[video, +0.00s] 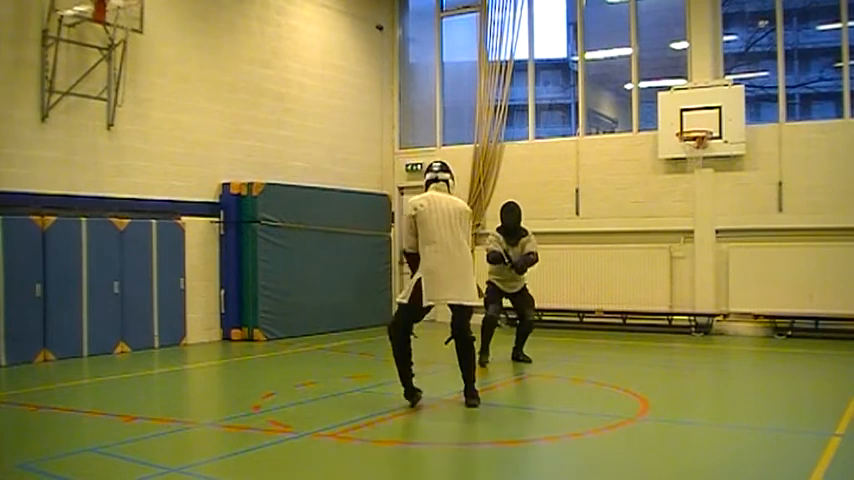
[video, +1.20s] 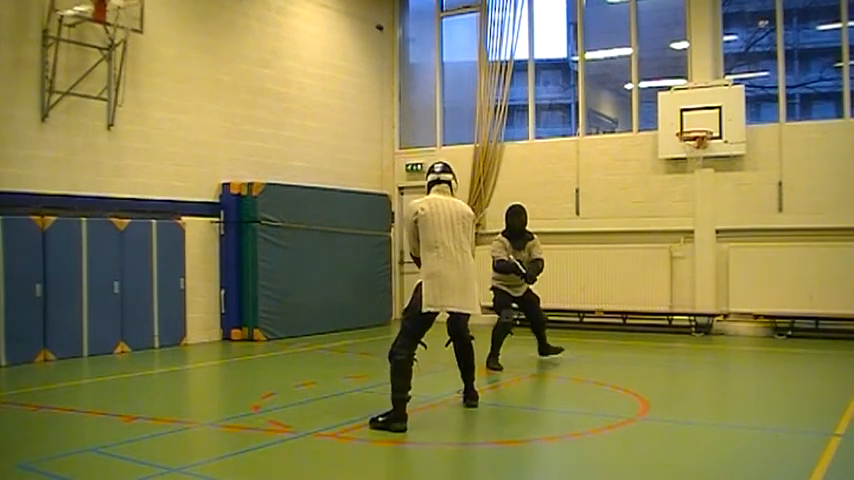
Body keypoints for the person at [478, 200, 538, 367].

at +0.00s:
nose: (510, 232)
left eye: (513, 228)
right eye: (507, 228)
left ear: (519, 222)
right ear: (502, 223)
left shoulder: (527, 236)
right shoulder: (496, 236)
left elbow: (533, 256)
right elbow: (491, 257)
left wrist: (522, 263)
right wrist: (507, 257)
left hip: (517, 285)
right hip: (496, 284)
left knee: (528, 318)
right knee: (492, 314)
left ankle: (518, 351)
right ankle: (484, 351)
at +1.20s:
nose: (517, 223)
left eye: (520, 219)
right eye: (513, 219)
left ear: (526, 221)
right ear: (507, 221)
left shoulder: (532, 240)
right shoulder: (500, 242)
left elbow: (538, 261)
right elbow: (498, 264)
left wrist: (530, 272)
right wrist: (515, 266)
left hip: (523, 289)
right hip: (502, 288)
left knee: (537, 316)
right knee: (506, 318)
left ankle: (543, 345)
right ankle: (493, 356)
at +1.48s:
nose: (538, 219)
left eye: (541, 215)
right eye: (534, 215)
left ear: (547, 218)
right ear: (528, 218)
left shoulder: (553, 238)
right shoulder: (521, 239)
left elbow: (558, 259)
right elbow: (518, 260)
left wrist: (549, 268)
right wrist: (531, 263)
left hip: (544, 288)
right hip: (524, 288)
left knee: (559, 319)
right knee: (519, 320)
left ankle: (553, 349)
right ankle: (500, 355)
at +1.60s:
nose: (545, 218)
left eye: (548, 214)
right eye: (541, 214)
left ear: (554, 216)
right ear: (536, 217)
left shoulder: (562, 236)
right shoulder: (530, 237)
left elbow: (568, 258)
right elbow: (526, 260)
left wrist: (557, 267)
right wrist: (544, 266)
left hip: (553, 286)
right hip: (534, 285)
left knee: (566, 321)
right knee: (533, 314)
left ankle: (553, 350)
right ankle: (516, 352)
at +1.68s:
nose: (550, 218)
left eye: (553, 214)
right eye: (546, 214)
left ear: (559, 215)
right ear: (540, 217)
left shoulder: (567, 235)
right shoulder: (535, 236)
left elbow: (573, 256)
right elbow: (531, 259)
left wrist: (562, 267)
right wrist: (549, 267)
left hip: (558, 285)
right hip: (539, 283)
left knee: (568, 323)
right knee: (540, 310)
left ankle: (554, 349)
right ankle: (533, 348)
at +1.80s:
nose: (556, 218)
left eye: (560, 214)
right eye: (553, 214)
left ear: (565, 215)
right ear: (546, 217)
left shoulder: (573, 235)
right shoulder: (541, 237)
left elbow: (579, 257)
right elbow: (536, 259)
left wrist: (565, 267)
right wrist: (553, 268)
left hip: (566, 287)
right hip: (547, 286)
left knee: (571, 324)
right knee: (551, 318)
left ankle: (553, 348)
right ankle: (554, 352)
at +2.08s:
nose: (571, 225)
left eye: (574, 221)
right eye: (567, 222)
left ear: (577, 220)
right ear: (560, 222)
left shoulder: (586, 236)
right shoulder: (553, 240)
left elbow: (593, 259)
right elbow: (549, 263)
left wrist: (580, 266)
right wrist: (562, 263)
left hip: (579, 286)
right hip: (560, 287)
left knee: (595, 317)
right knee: (566, 320)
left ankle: (575, 337)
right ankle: (561, 353)